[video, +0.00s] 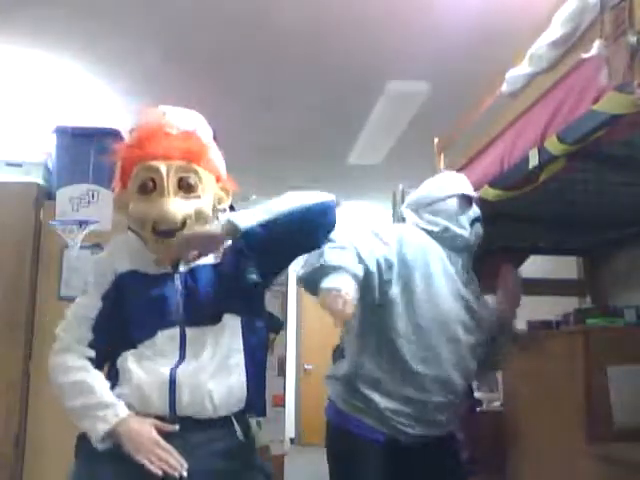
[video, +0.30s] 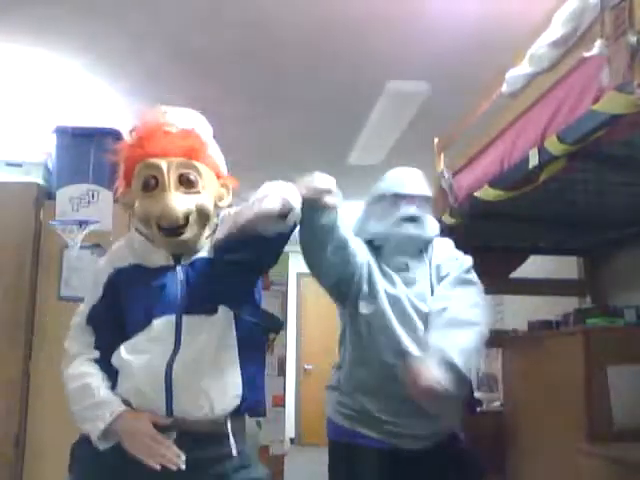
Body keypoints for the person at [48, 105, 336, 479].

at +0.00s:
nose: (168, 204)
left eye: (186, 186)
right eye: (148, 186)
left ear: (216, 196)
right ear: (126, 201)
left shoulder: (242, 260)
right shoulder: (116, 269)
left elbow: (322, 209)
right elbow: (67, 360)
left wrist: (229, 227)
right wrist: (121, 423)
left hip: (220, 449)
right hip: (124, 448)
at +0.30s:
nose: (169, 203)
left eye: (187, 182)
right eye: (150, 184)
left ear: (221, 192)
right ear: (130, 200)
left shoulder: (233, 255)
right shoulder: (119, 269)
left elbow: (280, 203)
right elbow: (78, 359)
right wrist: (117, 420)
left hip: (218, 453)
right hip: (126, 455)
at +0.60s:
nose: (144, 219)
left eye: (157, 202)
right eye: (127, 208)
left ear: (181, 205)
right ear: (109, 218)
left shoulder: (216, 262)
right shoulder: (108, 284)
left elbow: (265, 212)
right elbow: (67, 378)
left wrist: (190, 189)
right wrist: (114, 434)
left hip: (208, 456)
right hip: (119, 458)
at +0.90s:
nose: (133, 218)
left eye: (148, 194)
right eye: (111, 203)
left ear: (181, 209)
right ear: (93, 231)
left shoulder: (217, 265)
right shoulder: (96, 305)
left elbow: (272, 200)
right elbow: (54, 406)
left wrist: (201, 158)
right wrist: (103, 465)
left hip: (216, 464)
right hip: (133, 469)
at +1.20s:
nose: (126, 273)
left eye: (137, 242)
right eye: (100, 255)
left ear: (174, 231)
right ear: (86, 262)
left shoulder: (200, 262)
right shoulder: (93, 304)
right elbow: (69, 385)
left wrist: (182, 359)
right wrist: (144, 436)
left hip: (215, 444)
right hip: (118, 450)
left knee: (243, 471)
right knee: (84, 461)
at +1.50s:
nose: (112, 224)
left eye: (127, 195)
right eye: (91, 204)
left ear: (174, 192)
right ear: (79, 212)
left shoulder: (199, 216)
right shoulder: (82, 254)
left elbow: (171, 305)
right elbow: (54, 335)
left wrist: (90, 379)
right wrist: (122, 381)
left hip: (189, 416)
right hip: (99, 419)